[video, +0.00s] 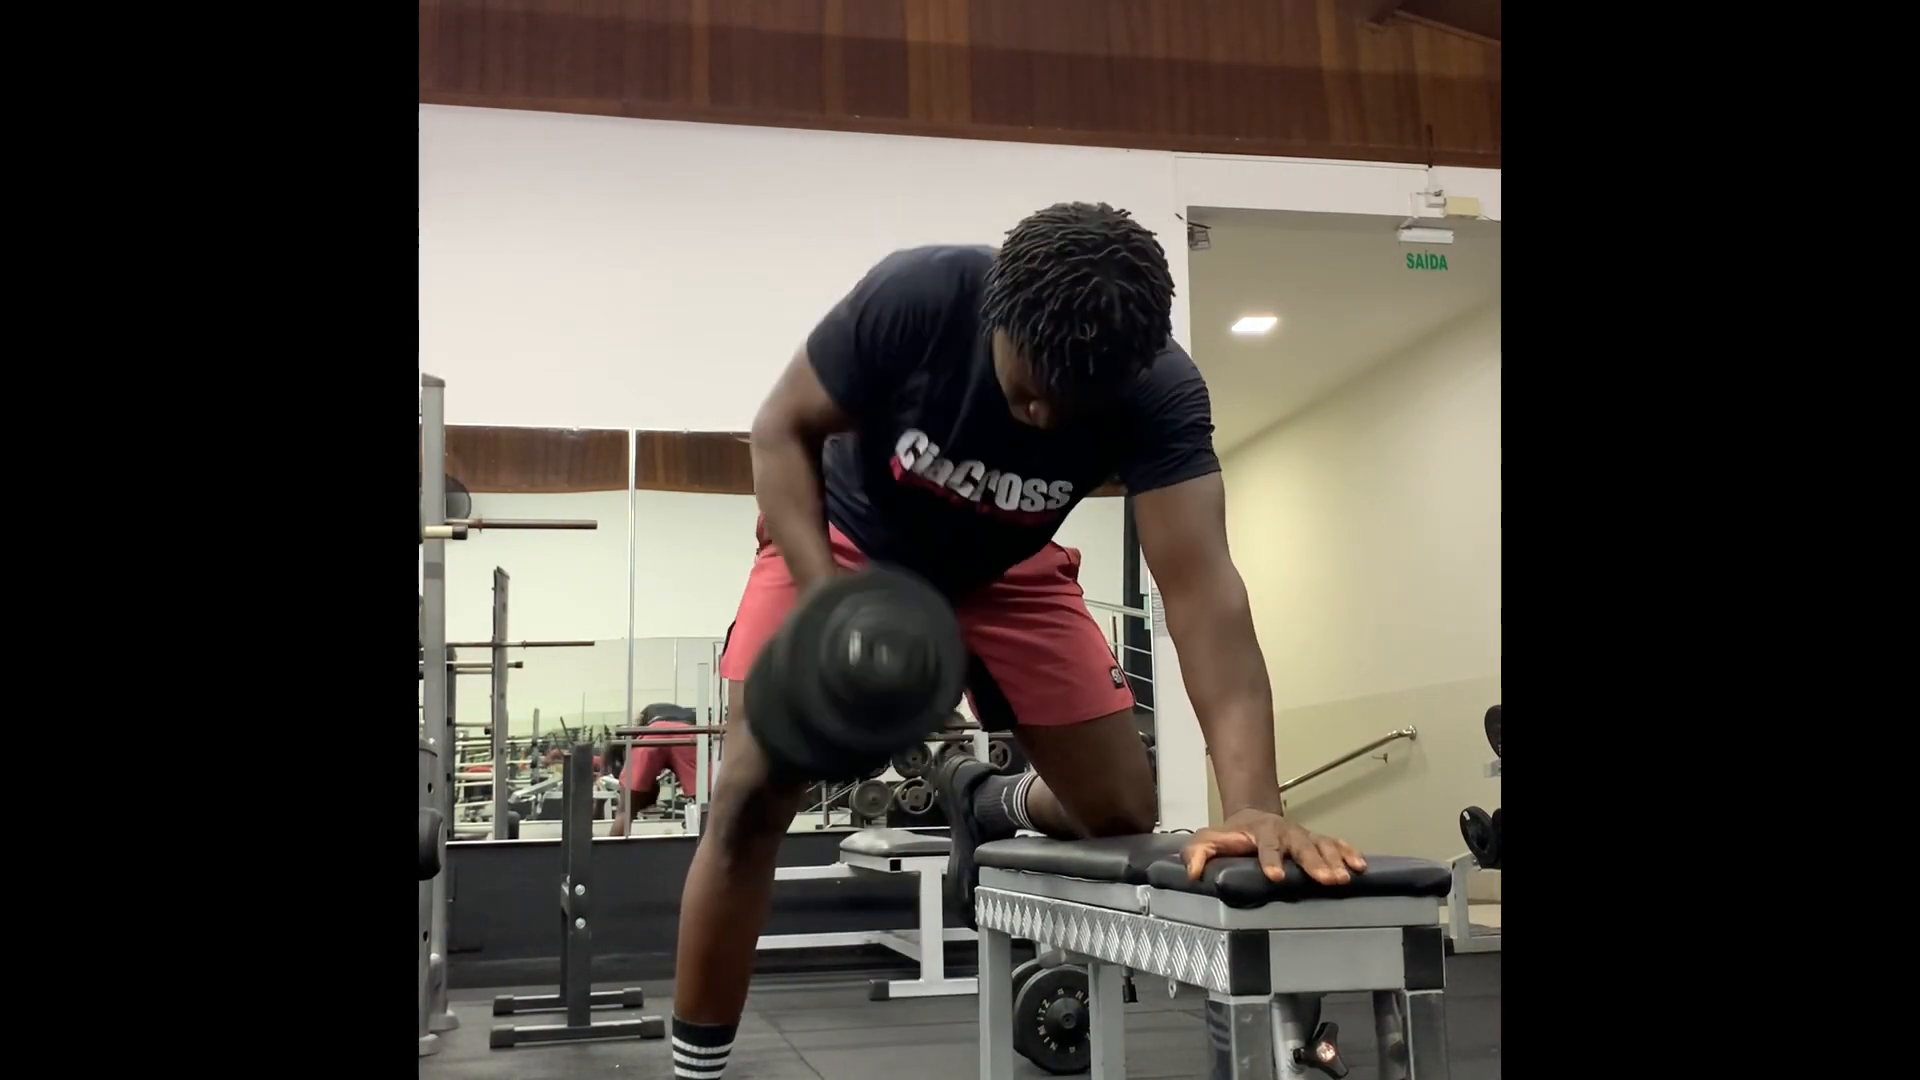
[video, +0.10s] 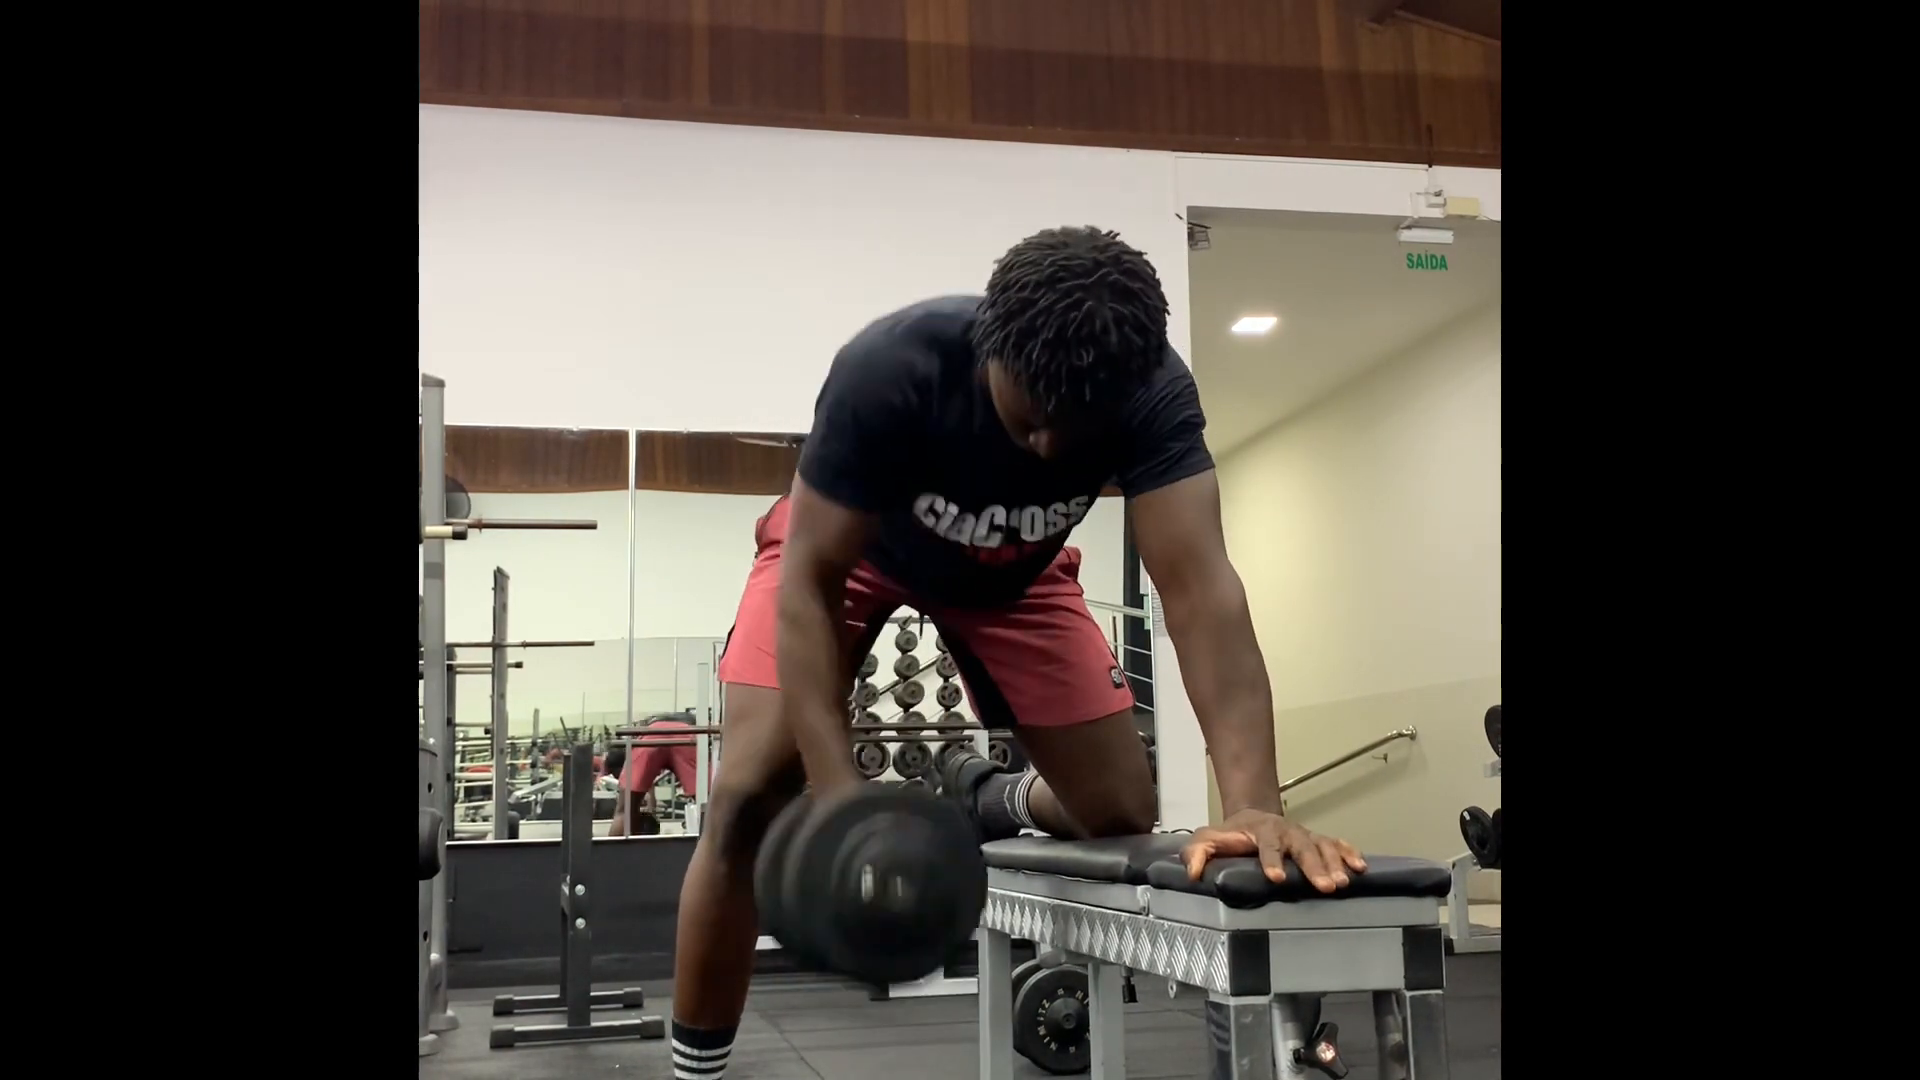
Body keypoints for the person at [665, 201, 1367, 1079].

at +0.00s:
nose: (1039, 416)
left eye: (1068, 405)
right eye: (1026, 388)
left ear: (1128, 360)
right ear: (1000, 319)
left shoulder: (1159, 393)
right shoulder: (915, 300)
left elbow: (1202, 586)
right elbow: (779, 430)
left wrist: (1255, 805)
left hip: (1013, 570)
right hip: (847, 542)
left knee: (1123, 814)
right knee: (748, 802)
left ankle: (992, 803)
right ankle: (697, 1070)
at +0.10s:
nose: (1043, 440)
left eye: (1071, 423)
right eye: (1026, 412)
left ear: (1123, 378)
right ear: (992, 351)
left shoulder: (1149, 393)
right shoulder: (890, 374)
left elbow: (1199, 582)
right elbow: (806, 580)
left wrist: (1256, 803)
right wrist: (841, 802)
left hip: (1018, 570)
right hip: (852, 546)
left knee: (1123, 813)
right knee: (751, 792)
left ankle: (985, 798)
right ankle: (696, 1075)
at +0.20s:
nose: (1066, 503)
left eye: (1087, 485)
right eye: (1043, 478)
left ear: (1130, 438)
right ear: (997, 430)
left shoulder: (1138, 402)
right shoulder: (893, 484)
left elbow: (1199, 587)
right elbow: (855, 727)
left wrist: (1254, 809)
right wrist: (863, 976)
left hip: (1021, 569)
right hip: (850, 551)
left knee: (1121, 815)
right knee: (751, 801)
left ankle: (994, 803)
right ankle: (696, 1069)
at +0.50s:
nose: (1071, 442)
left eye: (1099, 426)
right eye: (1053, 416)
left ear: (1152, 376)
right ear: (1018, 354)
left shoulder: (1189, 377)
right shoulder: (927, 381)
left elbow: (1222, 583)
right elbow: (867, 610)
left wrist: (1256, 807)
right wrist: (896, 847)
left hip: (1035, 561)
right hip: (866, 534)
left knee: (1121, 813)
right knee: (758, 795)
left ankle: (977, 803)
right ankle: (696, 1066)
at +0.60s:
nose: (1113, 387)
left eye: (1143, 366)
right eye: (1091, 356)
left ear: (1195, 325)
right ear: (1057, 290)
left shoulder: (1230, 356)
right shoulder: (970, 305)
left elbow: (1241, 565)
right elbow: (879, 481)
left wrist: (1257, 805)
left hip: (1079, 560)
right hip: (915, 521)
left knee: (1124, 821)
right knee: (801, 783)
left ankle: (971, 799)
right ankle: (699, 1060)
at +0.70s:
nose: (1124, 385)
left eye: (1153, 363)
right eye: (1102, 356)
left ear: (1201, 320)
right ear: (1068, 293)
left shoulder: (1249, 345)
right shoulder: (988, 314)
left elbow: (1258, 560)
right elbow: (935, 494)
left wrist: (1259, 803)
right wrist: (1028, 655)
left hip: (1115, 566)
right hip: (955, 529)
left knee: (1129, 828)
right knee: (841, 788)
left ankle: (977, 806)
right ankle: (728, 1061)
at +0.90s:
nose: (1123, 419)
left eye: (1150, 395)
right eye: (1100, 394)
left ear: (1196, 348)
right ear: (1063, 340)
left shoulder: (1252, 347)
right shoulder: (997, 367)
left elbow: (1262, 570)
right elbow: (1012, 556)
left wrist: (1260, 804)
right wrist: (1140, 716)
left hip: (1160, 569)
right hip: (1011, 539)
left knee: (1136, 808)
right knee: (904, 780)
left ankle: (990, 807)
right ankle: (814, 1058)